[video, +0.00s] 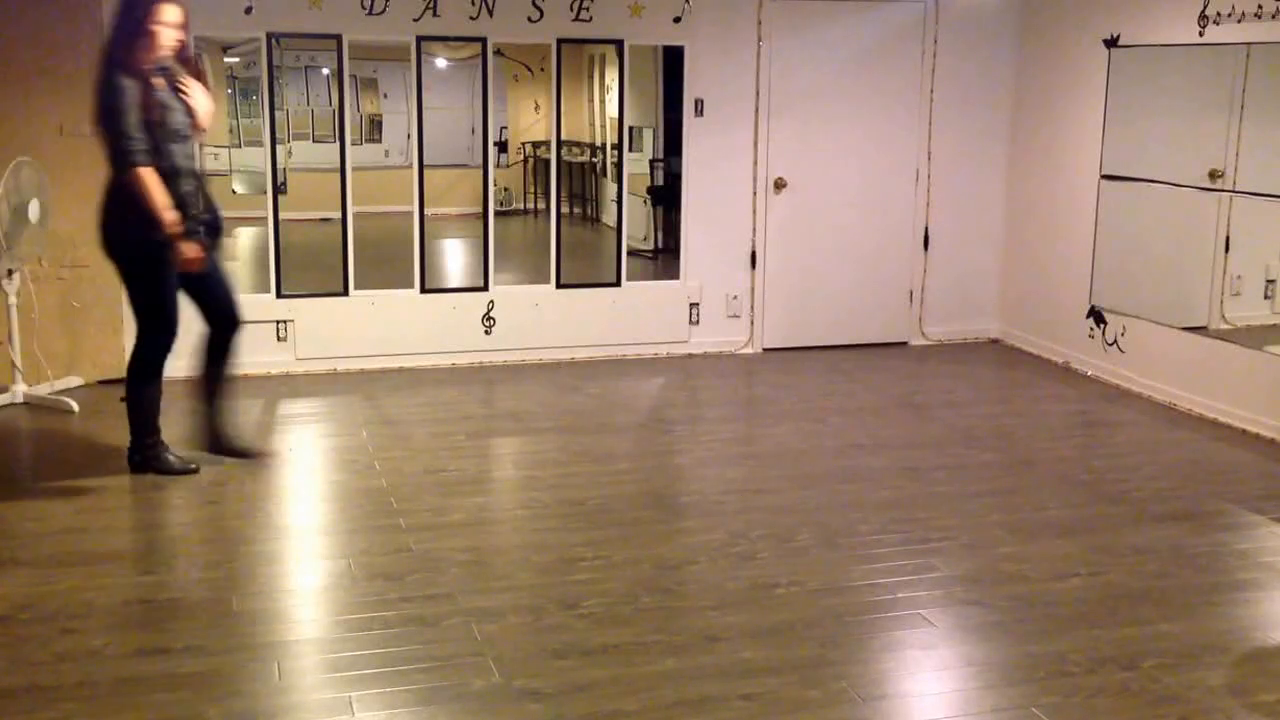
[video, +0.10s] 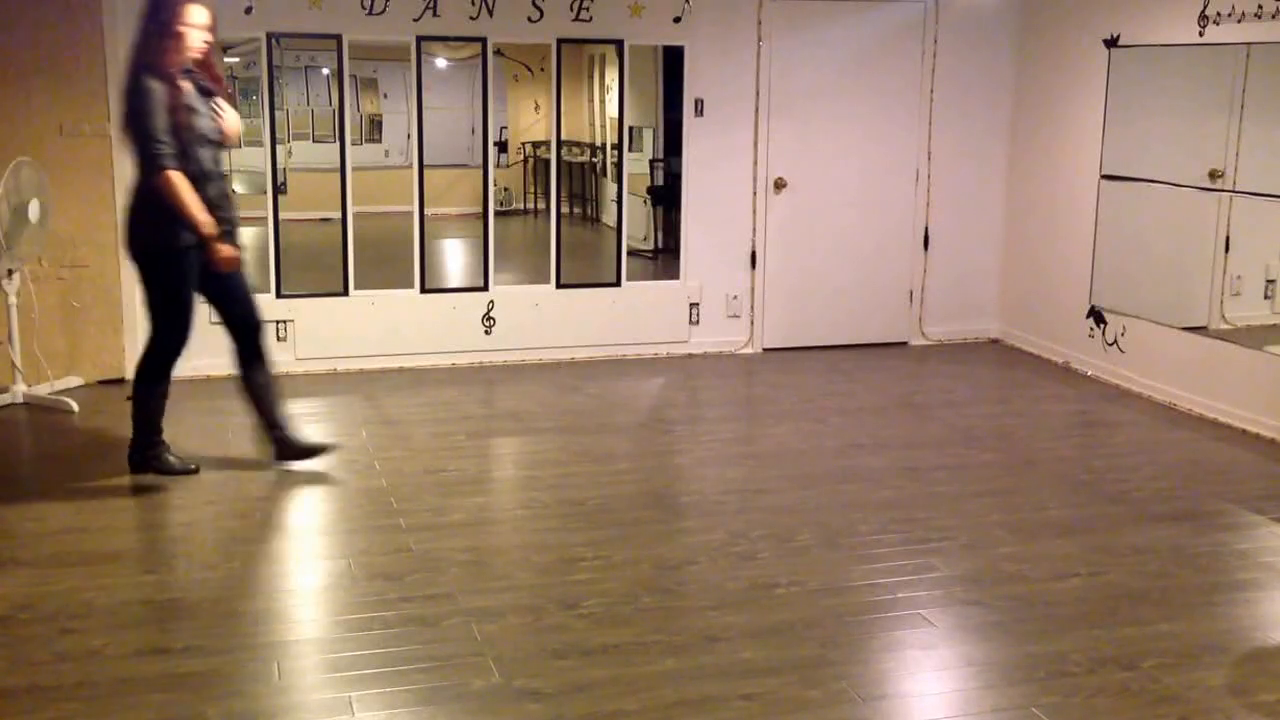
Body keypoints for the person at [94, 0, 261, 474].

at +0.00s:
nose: (174, 35)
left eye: (179, 26)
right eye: (164, 24)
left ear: (183, 33)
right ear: (140, 28)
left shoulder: (174, 77)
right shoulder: (124, 81)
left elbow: (202, 127)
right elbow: (136, 162)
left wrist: (205, 117)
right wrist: (177, 231)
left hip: (183, 219)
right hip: (140, 224)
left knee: (225, 319)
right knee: (158, 329)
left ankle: (213, 431)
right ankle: (145, 446)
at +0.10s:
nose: (207, 38)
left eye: (209, 30)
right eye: (199, 27)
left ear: (203, 36)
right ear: (170, 29)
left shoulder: (194, 85)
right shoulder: (151, 84)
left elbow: (230, 133)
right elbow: (163, 168)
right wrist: (212, 235)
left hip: (210, 227)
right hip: (166, 229)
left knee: (246, 324)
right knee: (169, 334)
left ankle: (280, 435)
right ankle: (146, 447)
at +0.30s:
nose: (273, 44)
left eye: (275, 34)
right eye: (264, 33)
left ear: (271, 37)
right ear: (233, 37)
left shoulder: (262, 89)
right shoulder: (220, 90)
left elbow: (260, 159)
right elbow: (227, 171)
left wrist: (292, 183)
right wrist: (276, 239)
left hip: (276, 224)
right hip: (236, 231)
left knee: (307, 329)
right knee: (249, 343)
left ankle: (316, 446)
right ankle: (172, 424)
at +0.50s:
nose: (303, 42)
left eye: (311, 32)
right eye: (293, 31)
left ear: (325, 37)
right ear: (277, 37)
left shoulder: (331, 88)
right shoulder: (269, 87)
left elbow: (337, 163)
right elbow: (274, 168)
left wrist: (371, 201)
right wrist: (331, 223)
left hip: (330, 227)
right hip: (297, 229)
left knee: (331, 335)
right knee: (349, 330)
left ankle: (318, 455)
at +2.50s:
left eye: (661, 26)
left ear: (658, 34)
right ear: (710, 36)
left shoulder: (640, 93)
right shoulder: (730, 92)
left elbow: (614, 168)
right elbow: (736, 165)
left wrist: (651, 180)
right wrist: (694, 166)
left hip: (651, 247)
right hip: (716, 247)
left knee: (638, 358)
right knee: (712, 361)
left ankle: (627, 478)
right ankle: (698, 483)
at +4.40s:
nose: (568, 35)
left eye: (574, 27)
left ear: (578, 35)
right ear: (631, 34)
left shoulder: (566, 94)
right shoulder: (652, 91)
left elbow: (555, 181)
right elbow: (663, 172)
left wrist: (546, 242)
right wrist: (641, 219)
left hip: (581, 246)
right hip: (641, 248)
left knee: (581, 363)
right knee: (637, 359)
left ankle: (581, 491)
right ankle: (633, 484)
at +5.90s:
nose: (566, 35)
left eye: (572, 25)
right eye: (569, 24)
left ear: (582, 33)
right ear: (624, 34)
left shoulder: (560, 93)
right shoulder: (655, 96)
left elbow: (535, 175)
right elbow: (668, 182)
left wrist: (548, 223)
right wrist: (648, 233)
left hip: (562, 253)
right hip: (625, 255)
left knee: (572, 368)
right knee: (617, 360)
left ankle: (578, 493)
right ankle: (631, 482)